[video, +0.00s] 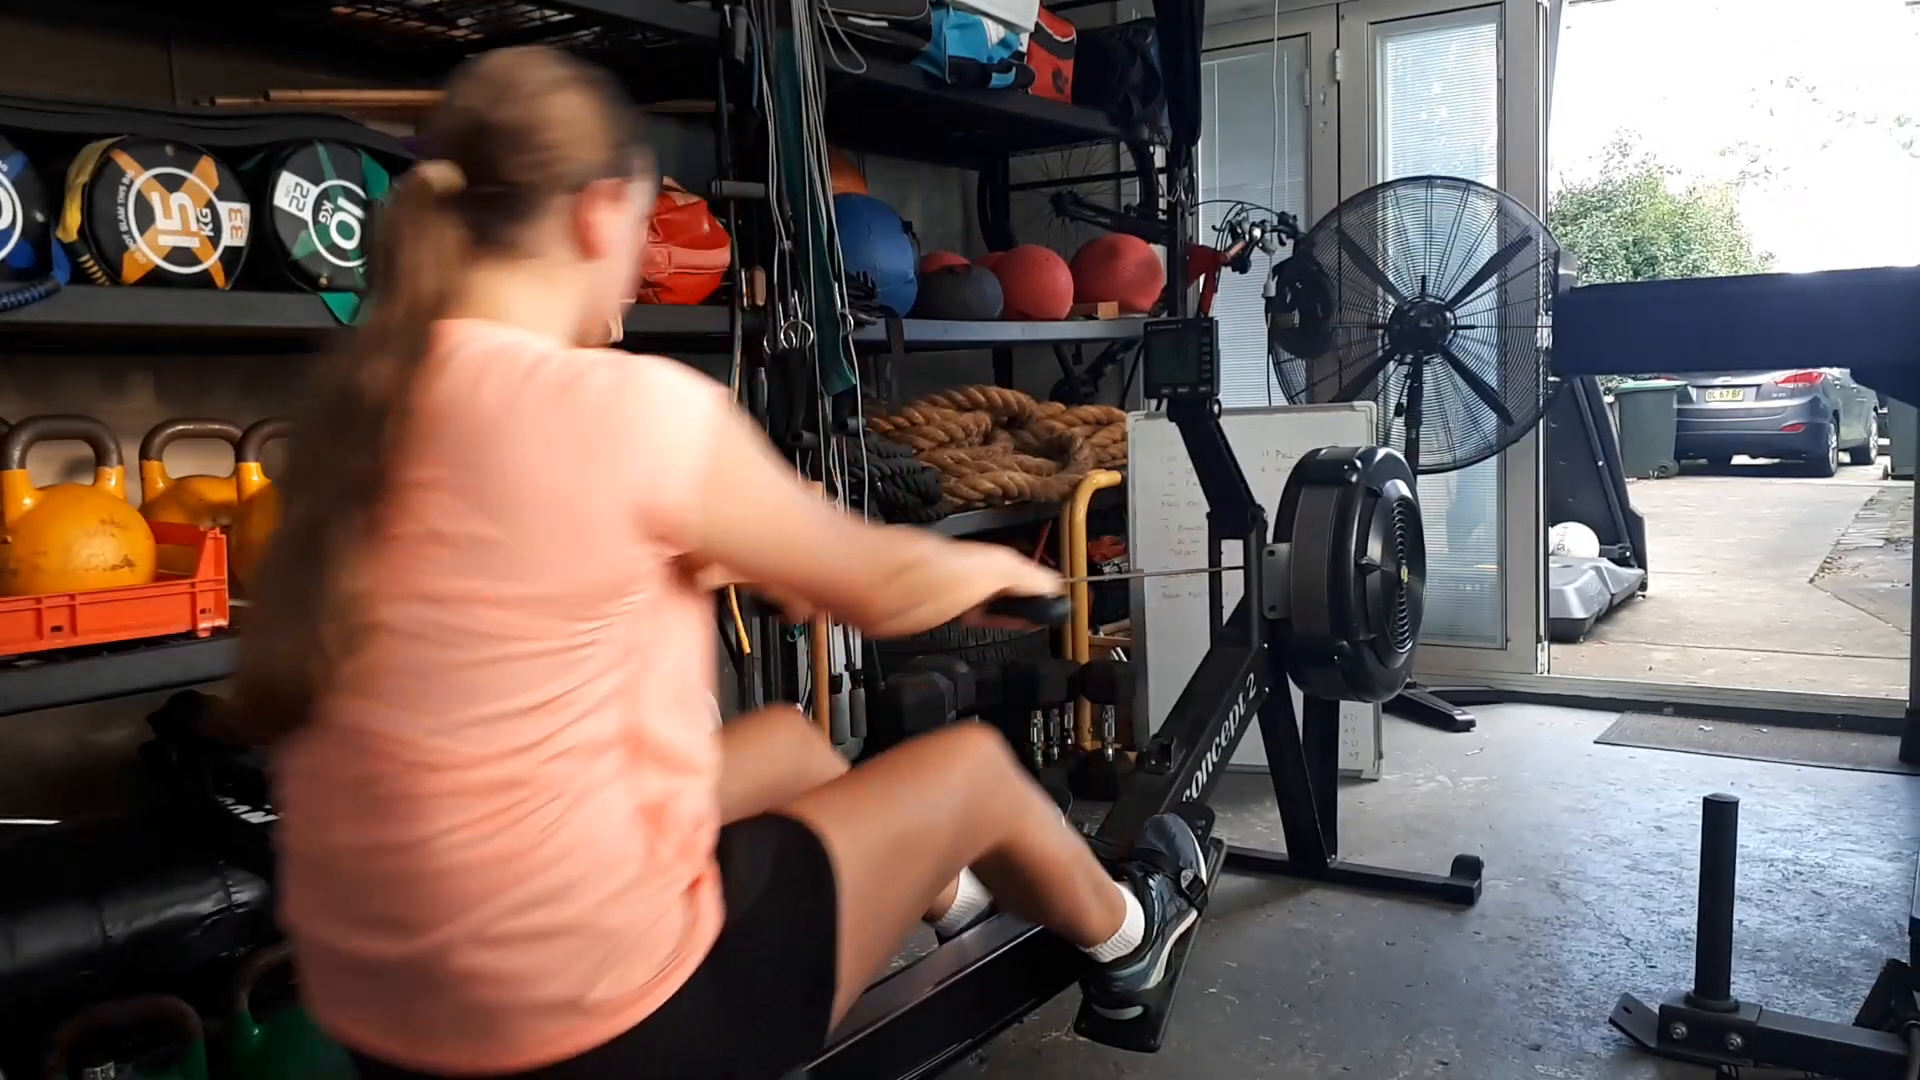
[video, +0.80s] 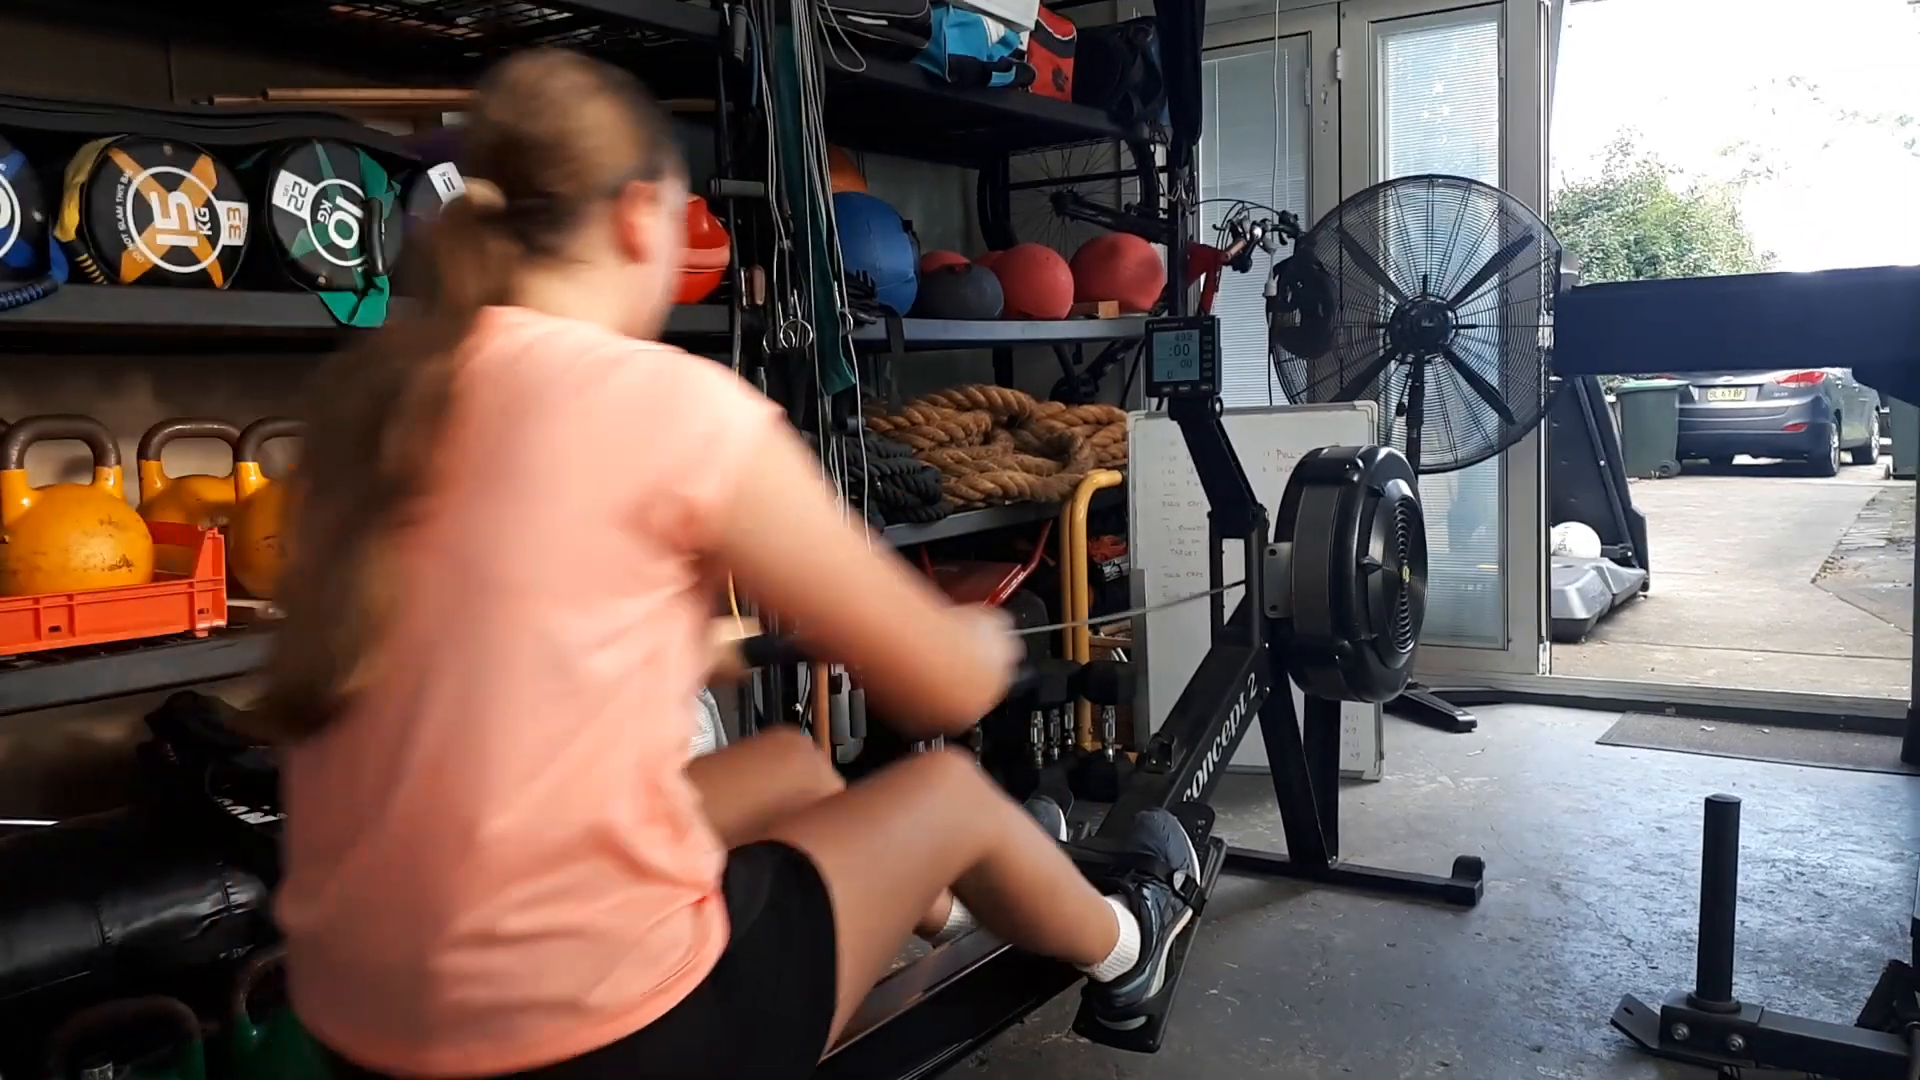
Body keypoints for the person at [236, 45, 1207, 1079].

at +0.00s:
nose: (647, 260)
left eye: (649, 228)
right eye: (646, 225)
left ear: (453, 212)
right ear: (597, 217)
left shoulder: (359, 400)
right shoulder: (640, 414)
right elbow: (879, 591)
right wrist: (987, 567)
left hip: (369, 1005)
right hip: (599, 1022)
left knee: (790, 736)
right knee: (973, 760)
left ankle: (941, 896)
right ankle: (1126, 943)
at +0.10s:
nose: (562, 269)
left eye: (564, 234)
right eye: (560, 232)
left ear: (357, 218)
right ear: (507, 232)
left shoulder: (246, 416)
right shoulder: (525, 434)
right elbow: (811, 644)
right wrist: (922, 591)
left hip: (323, 1035)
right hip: (568, 1035)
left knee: (787, 787)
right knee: (943, 817)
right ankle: (1116, 926)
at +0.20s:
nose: (494, 306)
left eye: (501, 271)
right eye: (497, 266)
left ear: (271, 243)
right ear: (432, 250)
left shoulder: (147, 439)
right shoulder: (424, 457)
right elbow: (750, 737)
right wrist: (850, 628)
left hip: (305, 1035)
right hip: (537, 1034)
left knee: (769, 831)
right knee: (929, 864)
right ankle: (1119, 933)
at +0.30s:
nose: (451, 317)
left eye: (457, 278)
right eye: (454, 277)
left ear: (224, 253)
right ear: (388, 264)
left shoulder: (88, 458)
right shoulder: (371, 495)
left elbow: (96, 788)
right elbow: (666, 839)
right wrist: (744, 680)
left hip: (291, 1035)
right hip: (527, 1041)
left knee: (761, 853)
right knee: (921, 889)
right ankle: (1118, 937)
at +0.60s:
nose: (521, 268)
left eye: (523, 228)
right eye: (520, 226)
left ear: (286, 218)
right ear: (461, 223)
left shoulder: (153, 424)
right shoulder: (449, 439)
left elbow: (102, 771)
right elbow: (681, 847)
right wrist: (729, 705)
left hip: (286, 1038)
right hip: (539, 1040)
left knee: (754, 815)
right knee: (925, 870)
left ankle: (887, 992)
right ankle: (1115, 948)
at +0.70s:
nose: (604, 245)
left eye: (603, 212)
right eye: (597, 210)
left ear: (388, 213)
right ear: (542, 211)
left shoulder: (292, 406)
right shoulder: (561, 416)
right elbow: (847, 748)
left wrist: (821, 774)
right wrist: (869, 660)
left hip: (320, 1030)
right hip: (562, 1035)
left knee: (814, 784)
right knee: (931, 832)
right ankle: (1115, 948)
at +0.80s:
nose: (689, 248)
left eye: (687, 217)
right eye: (684, 216)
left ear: (488, 214)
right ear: (636, 219)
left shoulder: (378, 394)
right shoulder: (675, 408)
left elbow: (492, 676)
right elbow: (951, 690)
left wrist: (720, 633)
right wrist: (982, 633)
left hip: (355, 1011)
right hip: (596, 1026)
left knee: (792, 755)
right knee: (949, 783)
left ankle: (907, 928)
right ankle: (1122, 955)